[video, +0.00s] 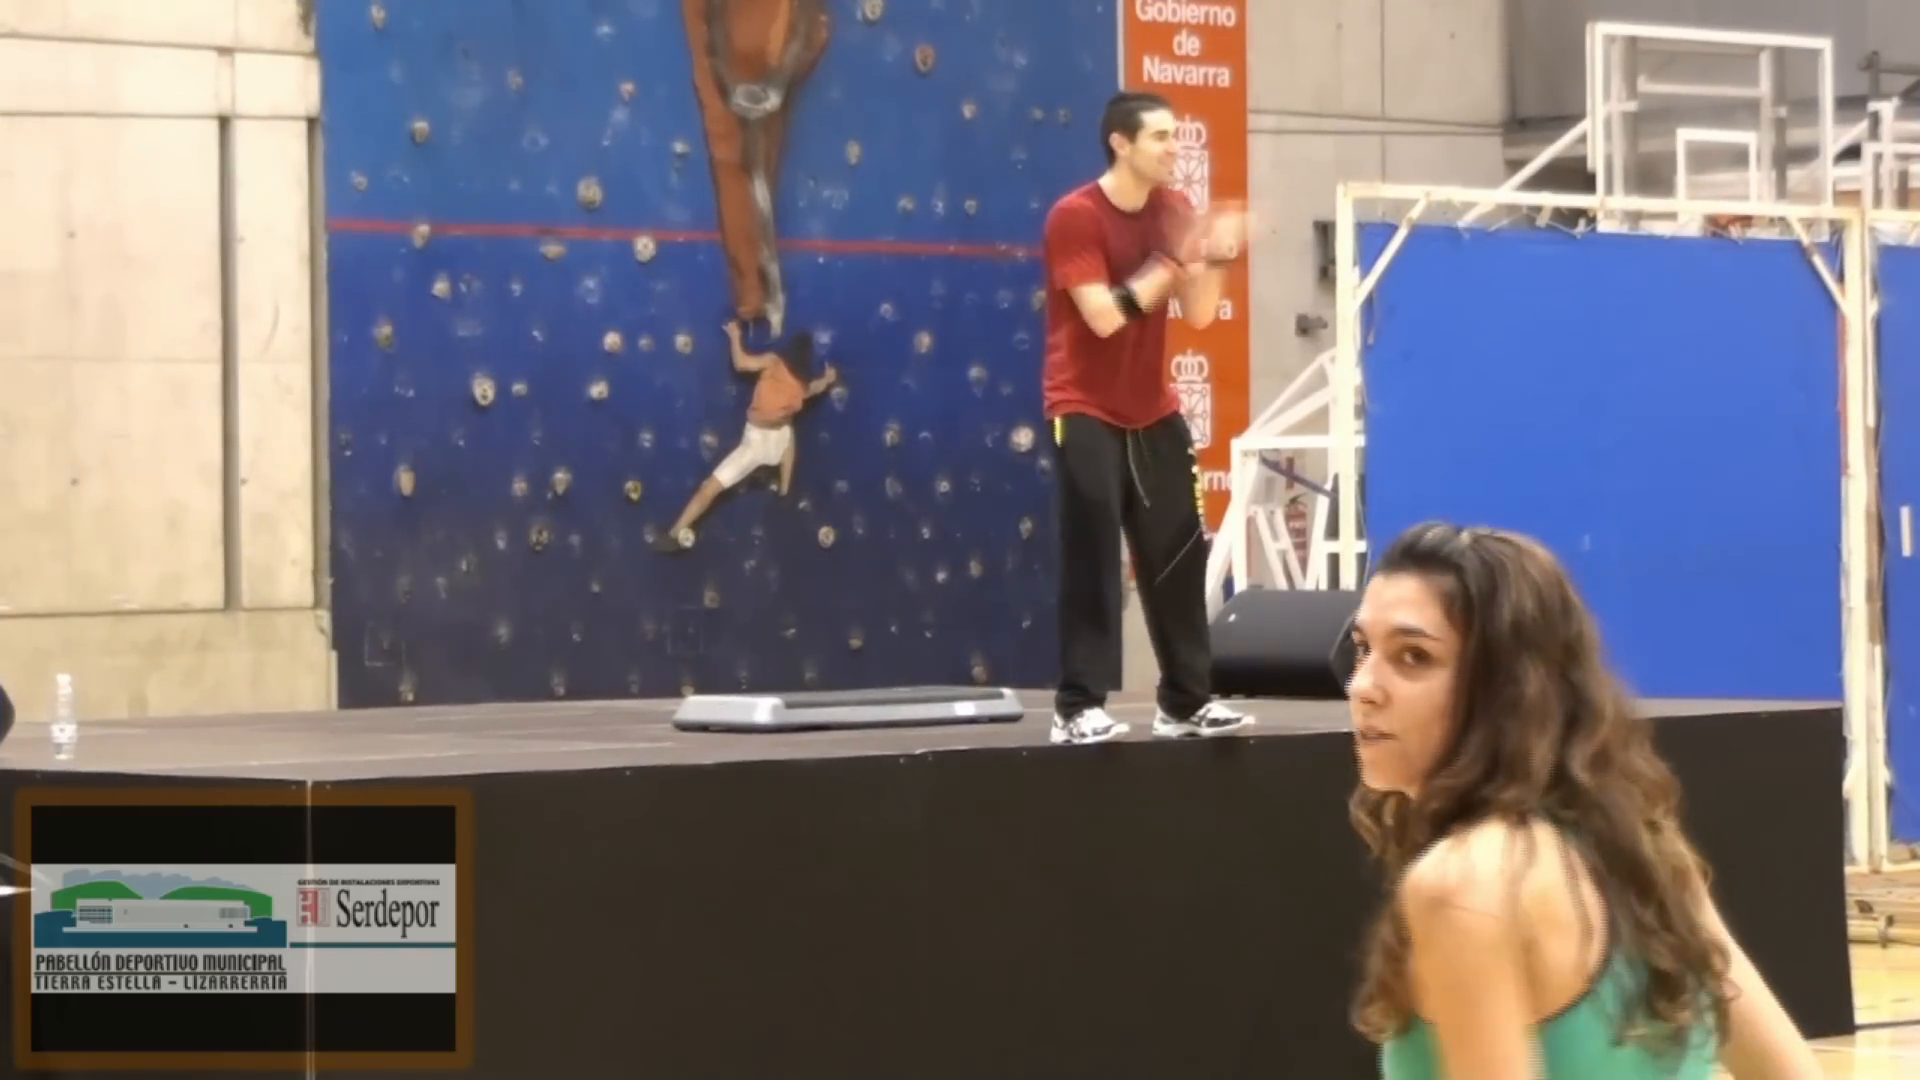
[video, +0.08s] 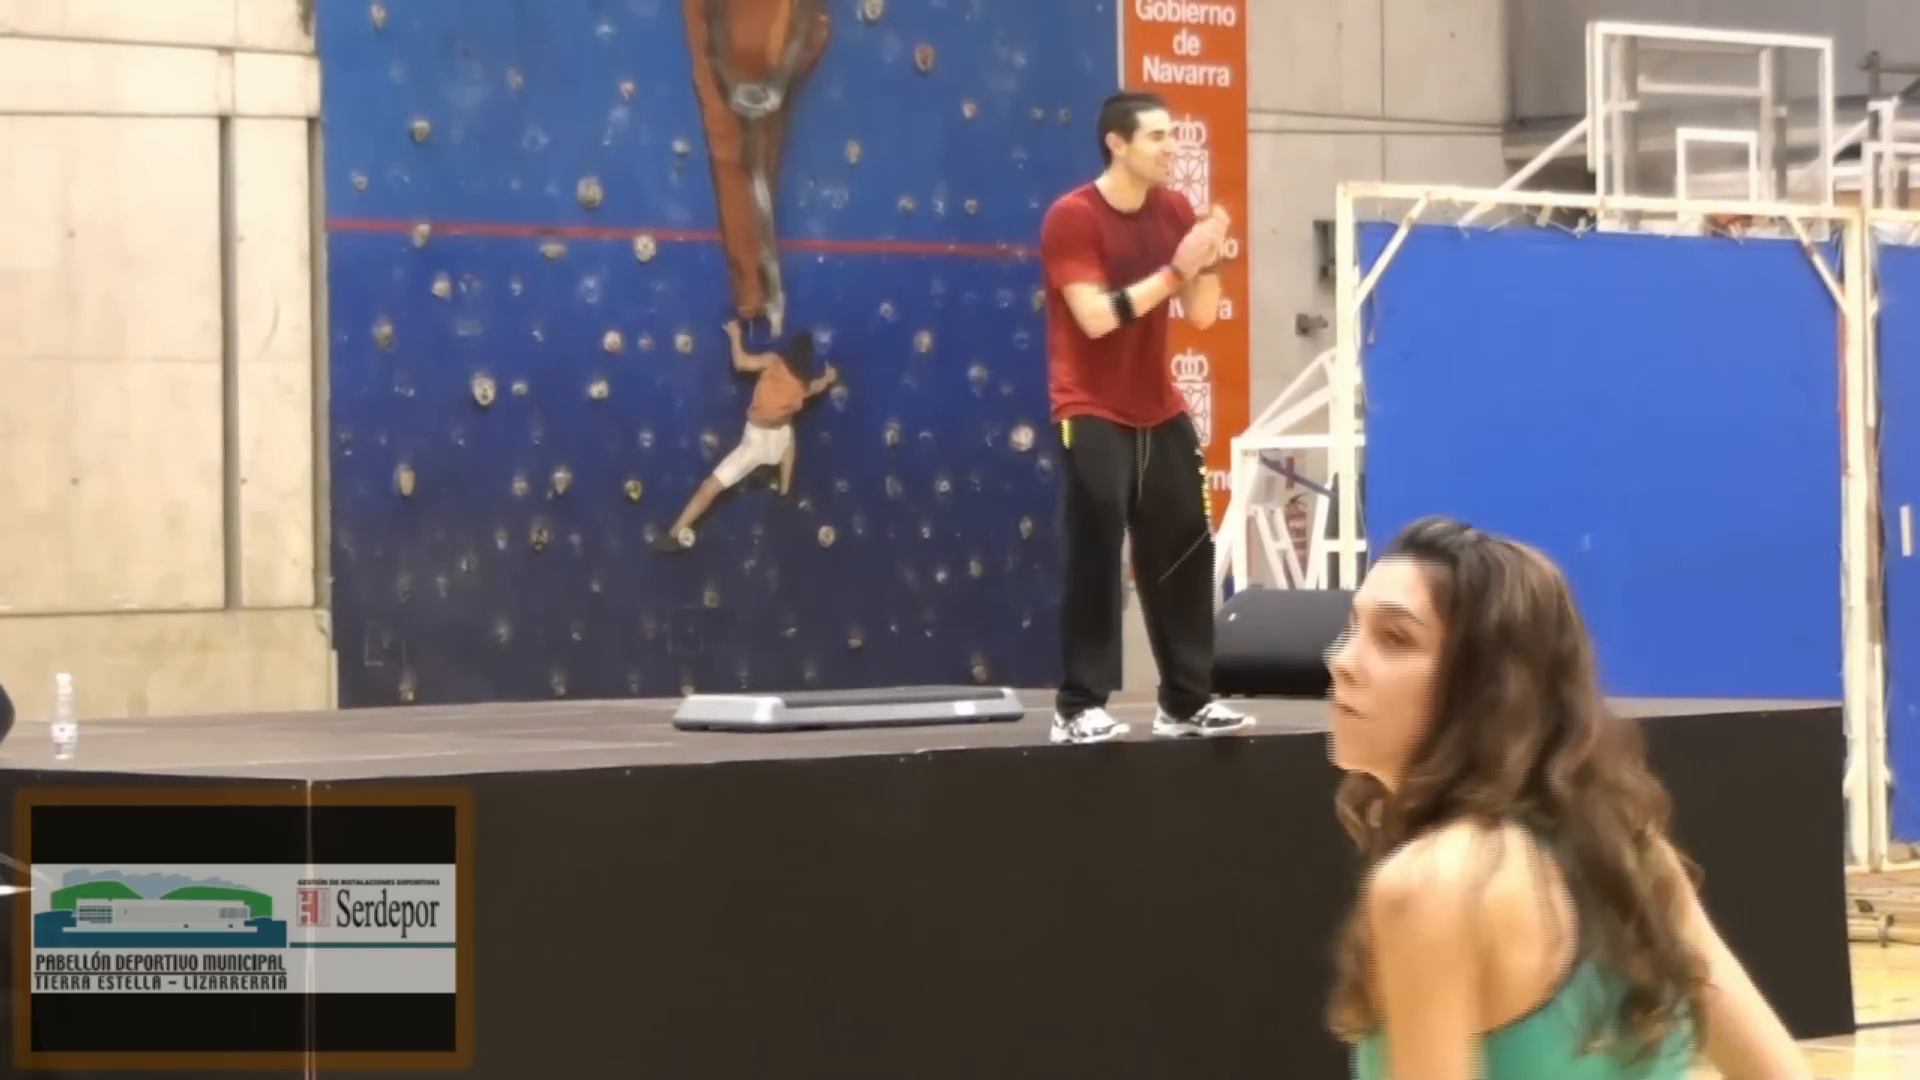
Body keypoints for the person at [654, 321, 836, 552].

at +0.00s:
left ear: (788, 351)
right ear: (808, 359)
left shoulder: (772, 362)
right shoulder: (802, 387)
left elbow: (741, 364)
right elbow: (816, 387)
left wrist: (734, 337)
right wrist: (829, 379)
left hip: (754, 444)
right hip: (779, 444)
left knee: (713, 484)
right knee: (789, 433)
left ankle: (678, 531)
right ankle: (784, 487)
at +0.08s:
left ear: (788, 351)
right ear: (808, 359)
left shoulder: (772, 362)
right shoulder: (803, 386)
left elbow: (741, 363)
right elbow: (817, 386)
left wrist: (735, 336)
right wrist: (829, 378)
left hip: (755, 442)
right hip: (779, 441)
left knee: (714, 483)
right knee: (789, 435)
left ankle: (678, 530)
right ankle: (785, 486)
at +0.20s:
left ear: (788, 350)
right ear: (808, 359)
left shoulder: (772, 361)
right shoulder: (803, 386)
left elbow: (741, 363)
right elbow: (818, 385)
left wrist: (735, 336)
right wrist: (829, 378)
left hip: (755, 442)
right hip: (779, 441)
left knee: (714, 483)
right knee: (789, 434)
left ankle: (678, 530)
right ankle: (785, 487)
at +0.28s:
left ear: (788, 350)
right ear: (808, 358)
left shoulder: (772, 362)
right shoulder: (803, 386)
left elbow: (740, 363)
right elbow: (818, 385)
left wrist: (735, 336)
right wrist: (829, 377)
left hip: (755, 442)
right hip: (779, 441)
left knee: (712, 484)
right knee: (789, 434)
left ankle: (677, 531)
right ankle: (784, 487)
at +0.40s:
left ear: (788, 350)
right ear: (808, 359)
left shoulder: (772, 361)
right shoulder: (803, 386)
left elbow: (741, 363)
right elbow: (817, 386)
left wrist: (735, 336)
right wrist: (829, 377)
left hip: (755, 441)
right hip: (779, 440)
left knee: (713, 484)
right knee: (789, 433)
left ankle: (677, 531)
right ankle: (784, 486)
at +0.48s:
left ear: (788, 350)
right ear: (808, 358)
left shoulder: (772, 361)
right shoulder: (802, 386)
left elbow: (740, 363)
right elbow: (817, 386)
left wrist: (735, 336)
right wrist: (829, 378)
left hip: (755, 442)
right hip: (779, 441)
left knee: (712, 484)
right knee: (789, 433)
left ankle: (677, 531)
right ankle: (784, 487)